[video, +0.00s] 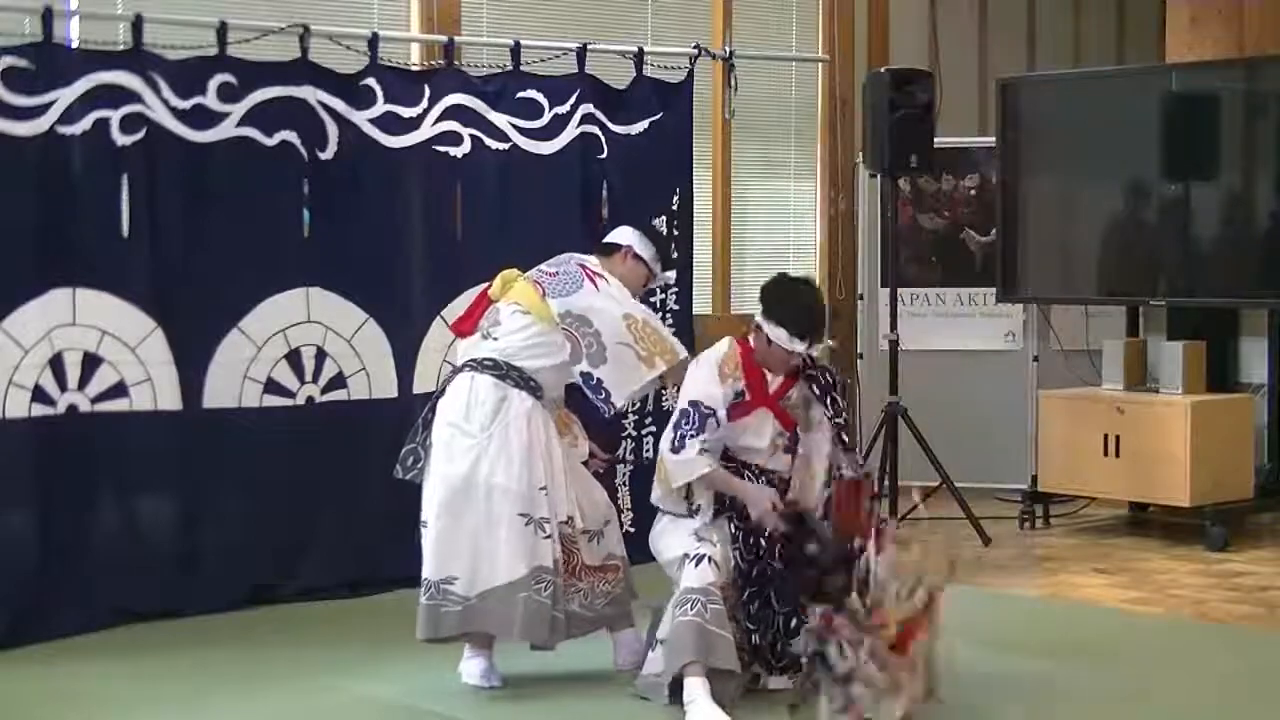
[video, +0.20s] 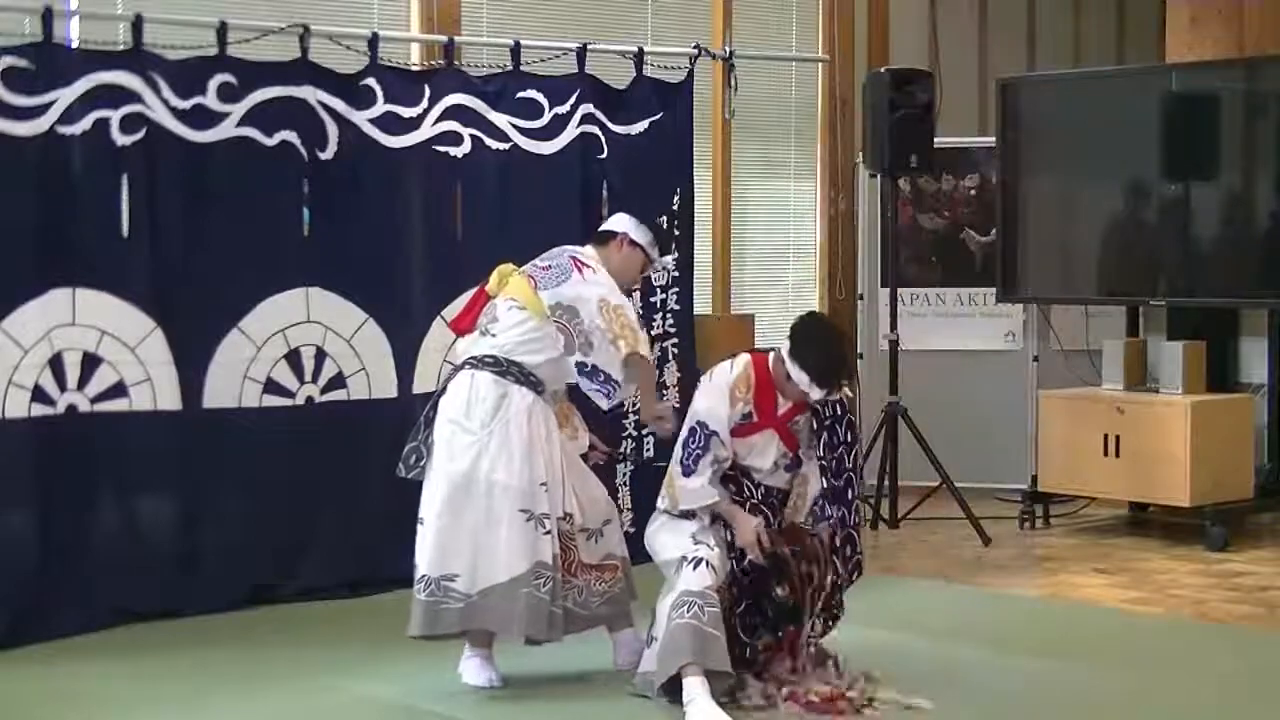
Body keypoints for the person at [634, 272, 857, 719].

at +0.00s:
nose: (797, 361)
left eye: (805, 352)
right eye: (788, 351)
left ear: (814, 340)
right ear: (759, 332)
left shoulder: (811, 384)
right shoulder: (716, 365)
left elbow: (821, 458)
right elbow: (685, 450)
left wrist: (800, 513)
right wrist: (746, 492)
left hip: (762, 523)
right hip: (690, 512)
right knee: (706, 563)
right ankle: (695, 688)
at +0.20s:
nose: (810, 399)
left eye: (819, 393)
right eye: (805, 389)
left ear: (834, 381)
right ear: (784, 362)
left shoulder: (819, 401)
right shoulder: (727, 385)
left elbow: (811, 473)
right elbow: (689, 478)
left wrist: (793, 530)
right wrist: (734, 516)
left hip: (763, 518)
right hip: (692, 511)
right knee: (701, 562)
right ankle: (695, 687)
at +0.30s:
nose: (813, 408)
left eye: (823, 403)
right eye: (807, 397)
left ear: (839, 392)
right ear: (789, 369)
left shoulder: (831, 412)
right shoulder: (731, 388)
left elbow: (829, 480)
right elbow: (683, 475)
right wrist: (723, 520)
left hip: (771, 526)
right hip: (693, 511)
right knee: (701, 564)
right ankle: (695, 689)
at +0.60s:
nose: (821, 419)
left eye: (831, 415)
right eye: (818, 407)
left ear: (843, 403)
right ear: (801, 377)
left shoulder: (824, 416)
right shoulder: (741, 385)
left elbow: (815, 479)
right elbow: (709, 474)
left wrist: (792, 528)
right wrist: (761, 512)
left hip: (752, 522)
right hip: (692, 514)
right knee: (710, 561)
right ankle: (699, 690)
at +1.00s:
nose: (815, 371)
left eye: (824, 364)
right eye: (809, 360)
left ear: (837, 354)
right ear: (788, 337)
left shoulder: (831, 386)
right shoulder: (737, 370)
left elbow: (833, 459)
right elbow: (711, 456)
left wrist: (808, 521)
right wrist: (751, 504)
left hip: (781, 516)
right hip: (709, 508)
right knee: (712, 565)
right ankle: (699, 688)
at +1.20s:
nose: (775, 332)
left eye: (788, 325)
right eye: (772, 321)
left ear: (805, 322)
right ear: (759, 309)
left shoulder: (819, 364)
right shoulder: (726, 351)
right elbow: (739, 405)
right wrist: (807, 398)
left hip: (789, 511)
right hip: (716, 503)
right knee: (722, 562)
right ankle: (700, 690)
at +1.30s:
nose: (803, 332)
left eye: (806, 322)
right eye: (796, 322)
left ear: (807, 318)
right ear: (761, 314)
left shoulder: (785, 363)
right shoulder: (723, 347)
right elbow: (742, 375)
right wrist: (804, 347)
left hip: (759, 514)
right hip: (705, 509)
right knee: (726, 567)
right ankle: (701, 689)